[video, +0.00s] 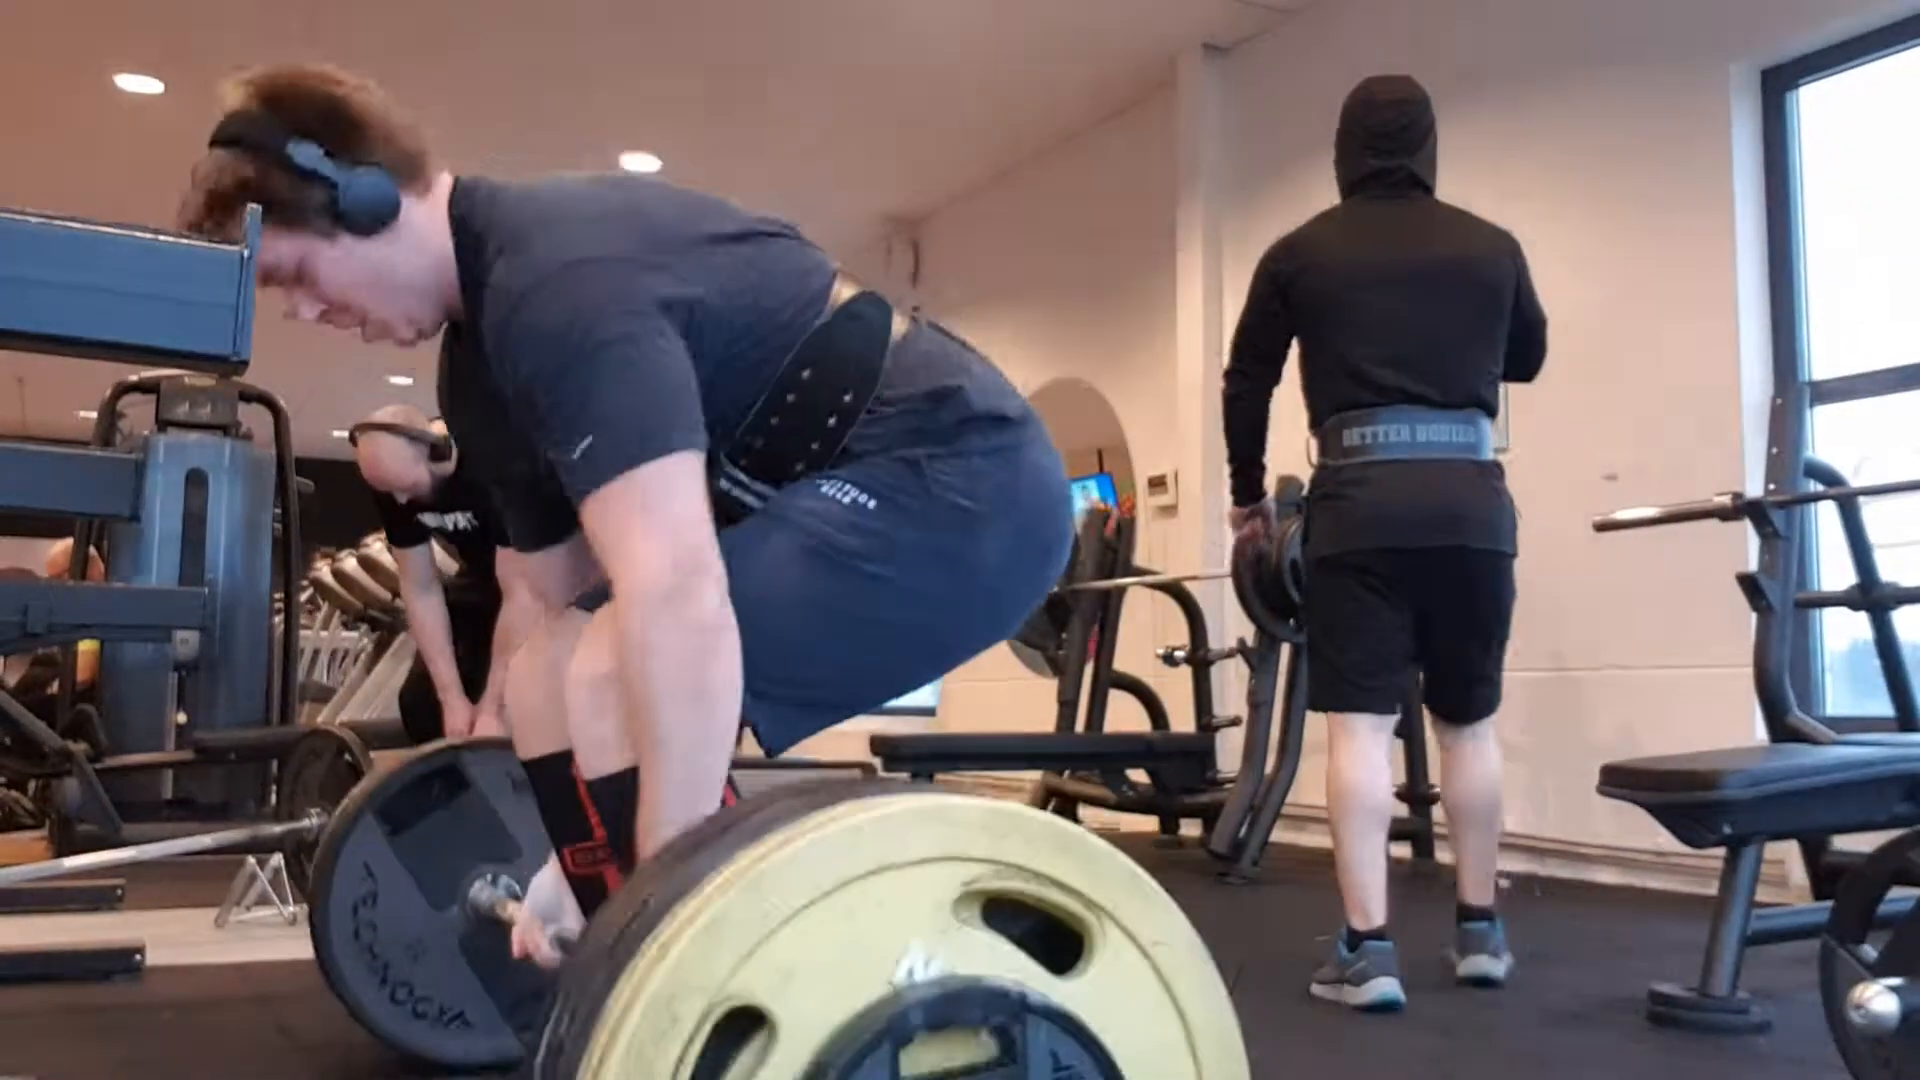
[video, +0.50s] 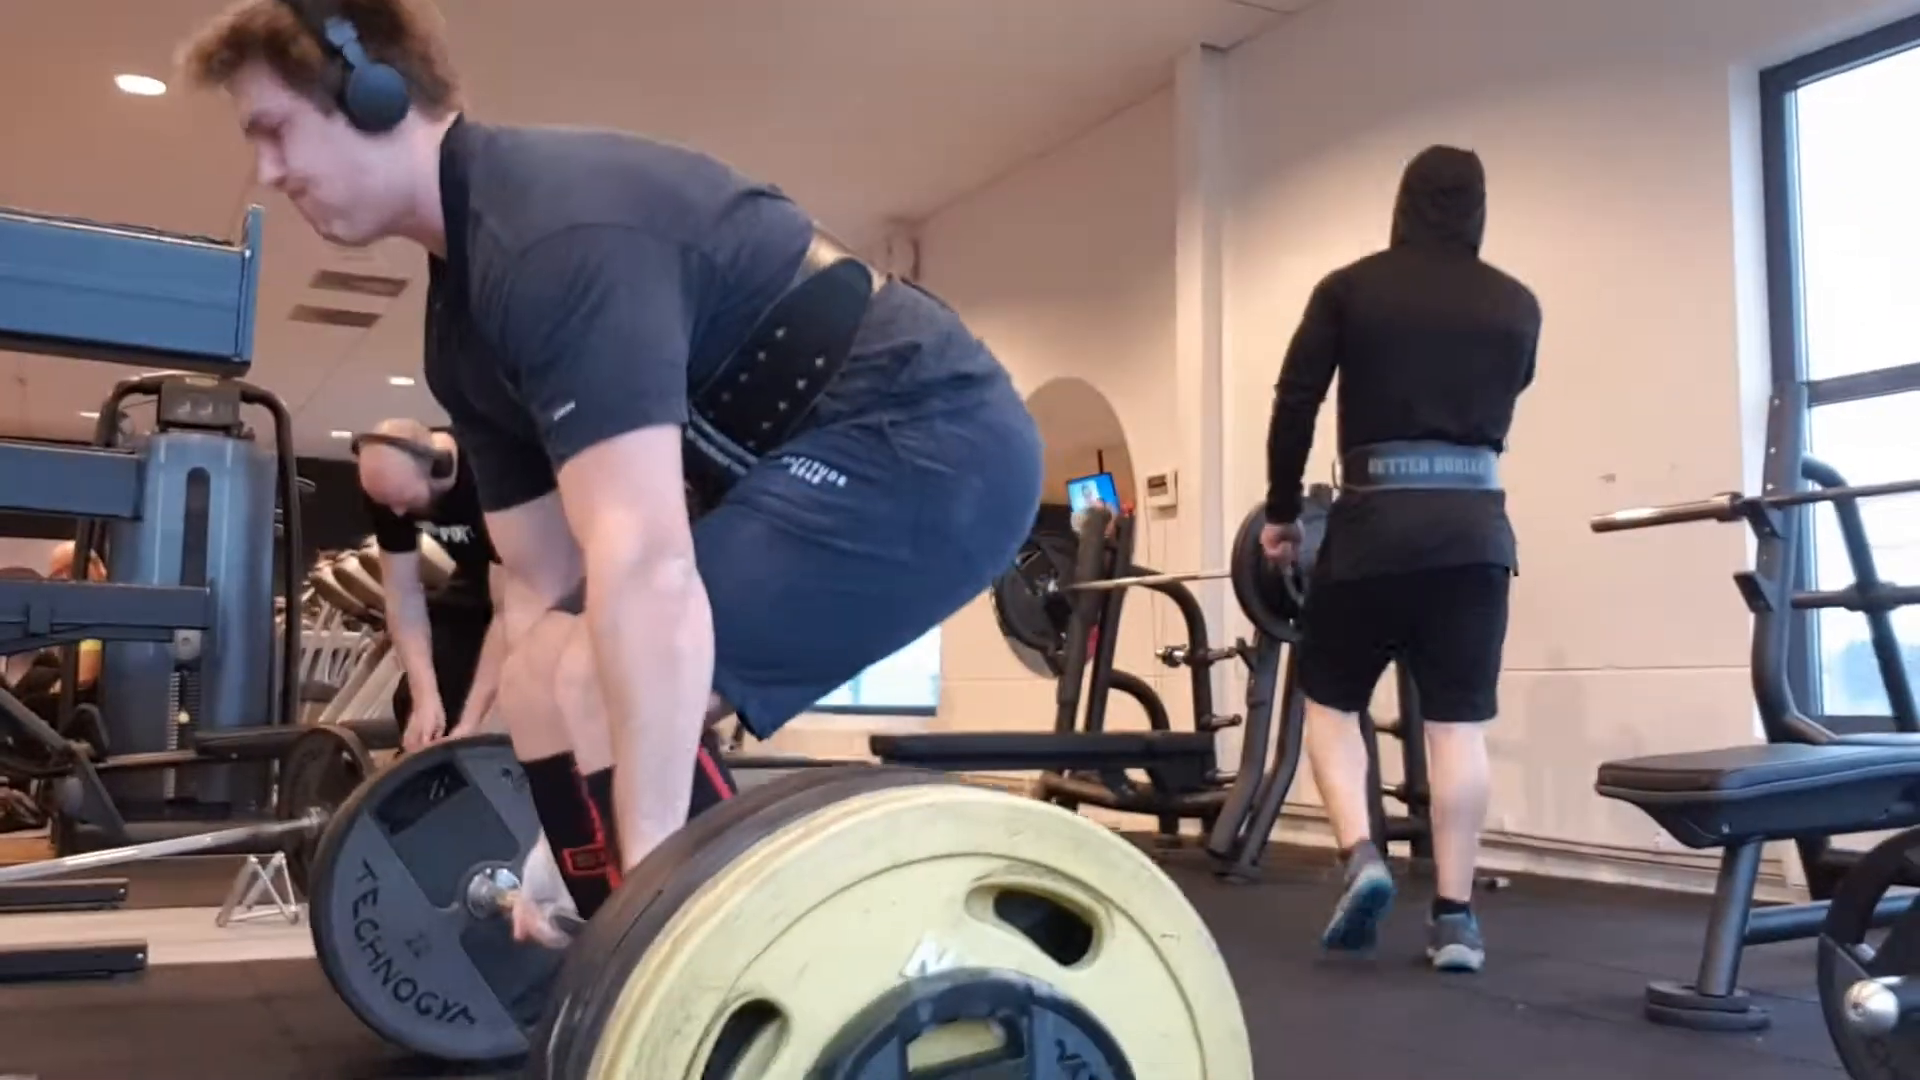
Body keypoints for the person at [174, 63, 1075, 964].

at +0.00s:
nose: (314, 313)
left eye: (300, 274)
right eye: (288, 293)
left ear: (356, 199)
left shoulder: (566, 290)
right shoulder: (478, 360)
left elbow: (678, 598)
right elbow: (540, 605)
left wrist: (671, 911)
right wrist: (534, 855)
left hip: (948, 480)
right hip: (832, 491)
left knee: (619, 672)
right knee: (551, 663)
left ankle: (685, 992)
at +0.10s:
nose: (310, 296)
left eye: (301, 255)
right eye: (287, 273)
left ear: (366, 176)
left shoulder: (564, 289)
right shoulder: (468, 364)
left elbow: (647, 611)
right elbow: (536, 614)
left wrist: (655, 915)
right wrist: (526, 851)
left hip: (947, 478)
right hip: (839, 495)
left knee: (619, 673)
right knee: (555, 661)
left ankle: (701, 979)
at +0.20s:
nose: (303, 268)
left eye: (293, 226)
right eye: (280, 241)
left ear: (359, 151)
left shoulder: (573, 261)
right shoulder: (475, 336)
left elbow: (650, 597)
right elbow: (532, 602)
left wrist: (650, 902)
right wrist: (493, 840)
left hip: (941, 467)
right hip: (833, 481)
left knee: (608, 676)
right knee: (538, 661)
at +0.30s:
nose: (296, 234)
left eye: (285, 190)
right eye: (270, 209)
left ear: (354, 119)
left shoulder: (566, 244)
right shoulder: (470, 328)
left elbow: (647, 584)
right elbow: (534, 594)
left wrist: (650, 902)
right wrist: (491, 828)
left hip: (931, 449)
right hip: (827, 469)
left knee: (597, 676)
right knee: (537, 670)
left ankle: (709, 966)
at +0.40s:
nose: (272, 203)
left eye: (275, 161)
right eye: (256, 178)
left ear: (361, 103)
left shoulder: (563, 244)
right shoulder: (461, 329)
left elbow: (648, 580)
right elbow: (535, 590)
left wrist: (653, 906)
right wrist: (535, 845)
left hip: (924, 439)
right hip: (817, 463)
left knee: (600, 675)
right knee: (534, 674)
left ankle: (721, 965)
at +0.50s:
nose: (268, 176)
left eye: (275, 132)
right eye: (256, 145)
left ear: (373, 88)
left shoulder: (563, 232)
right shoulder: (459, 321)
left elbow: (650, 569)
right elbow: (535, 585)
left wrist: (654, 897)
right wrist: (515, 836)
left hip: (920, 431)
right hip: (816, 455)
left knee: (603, 678)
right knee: (535, 676)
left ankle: (735, 971)